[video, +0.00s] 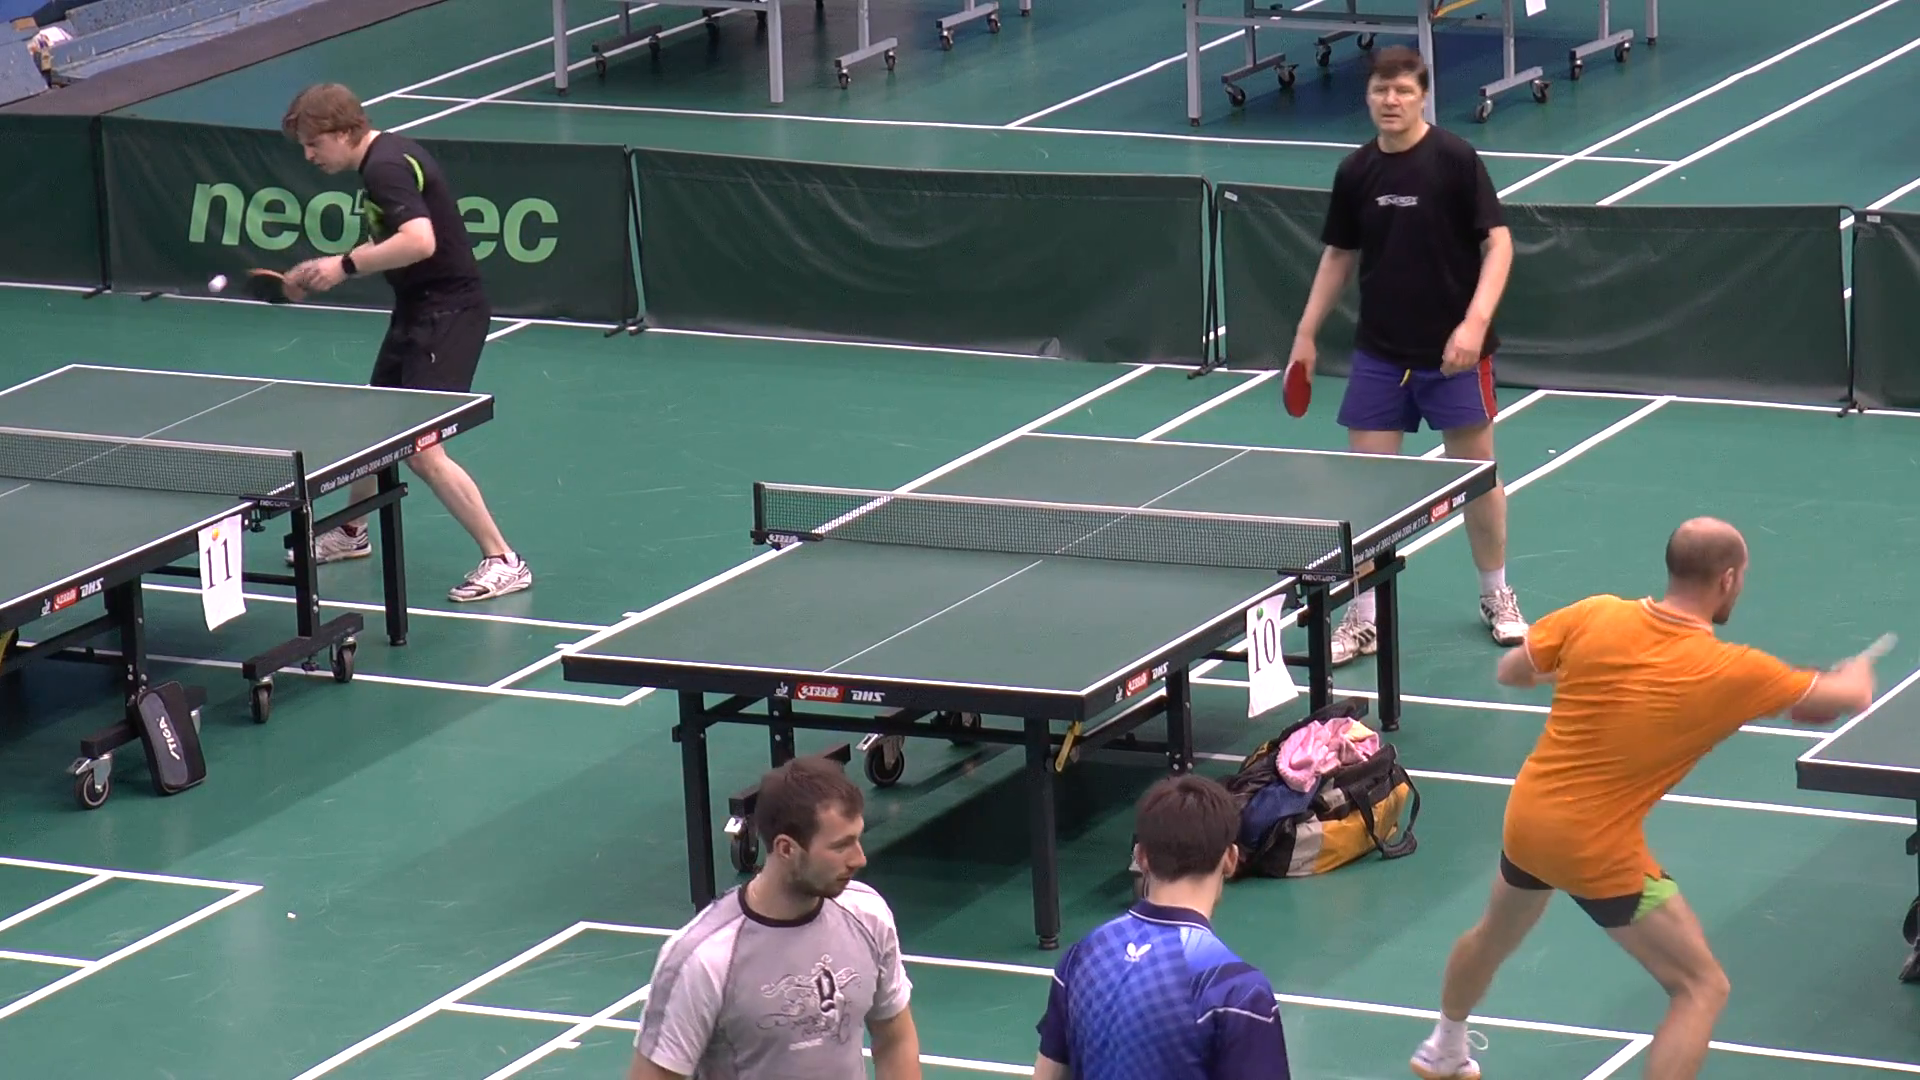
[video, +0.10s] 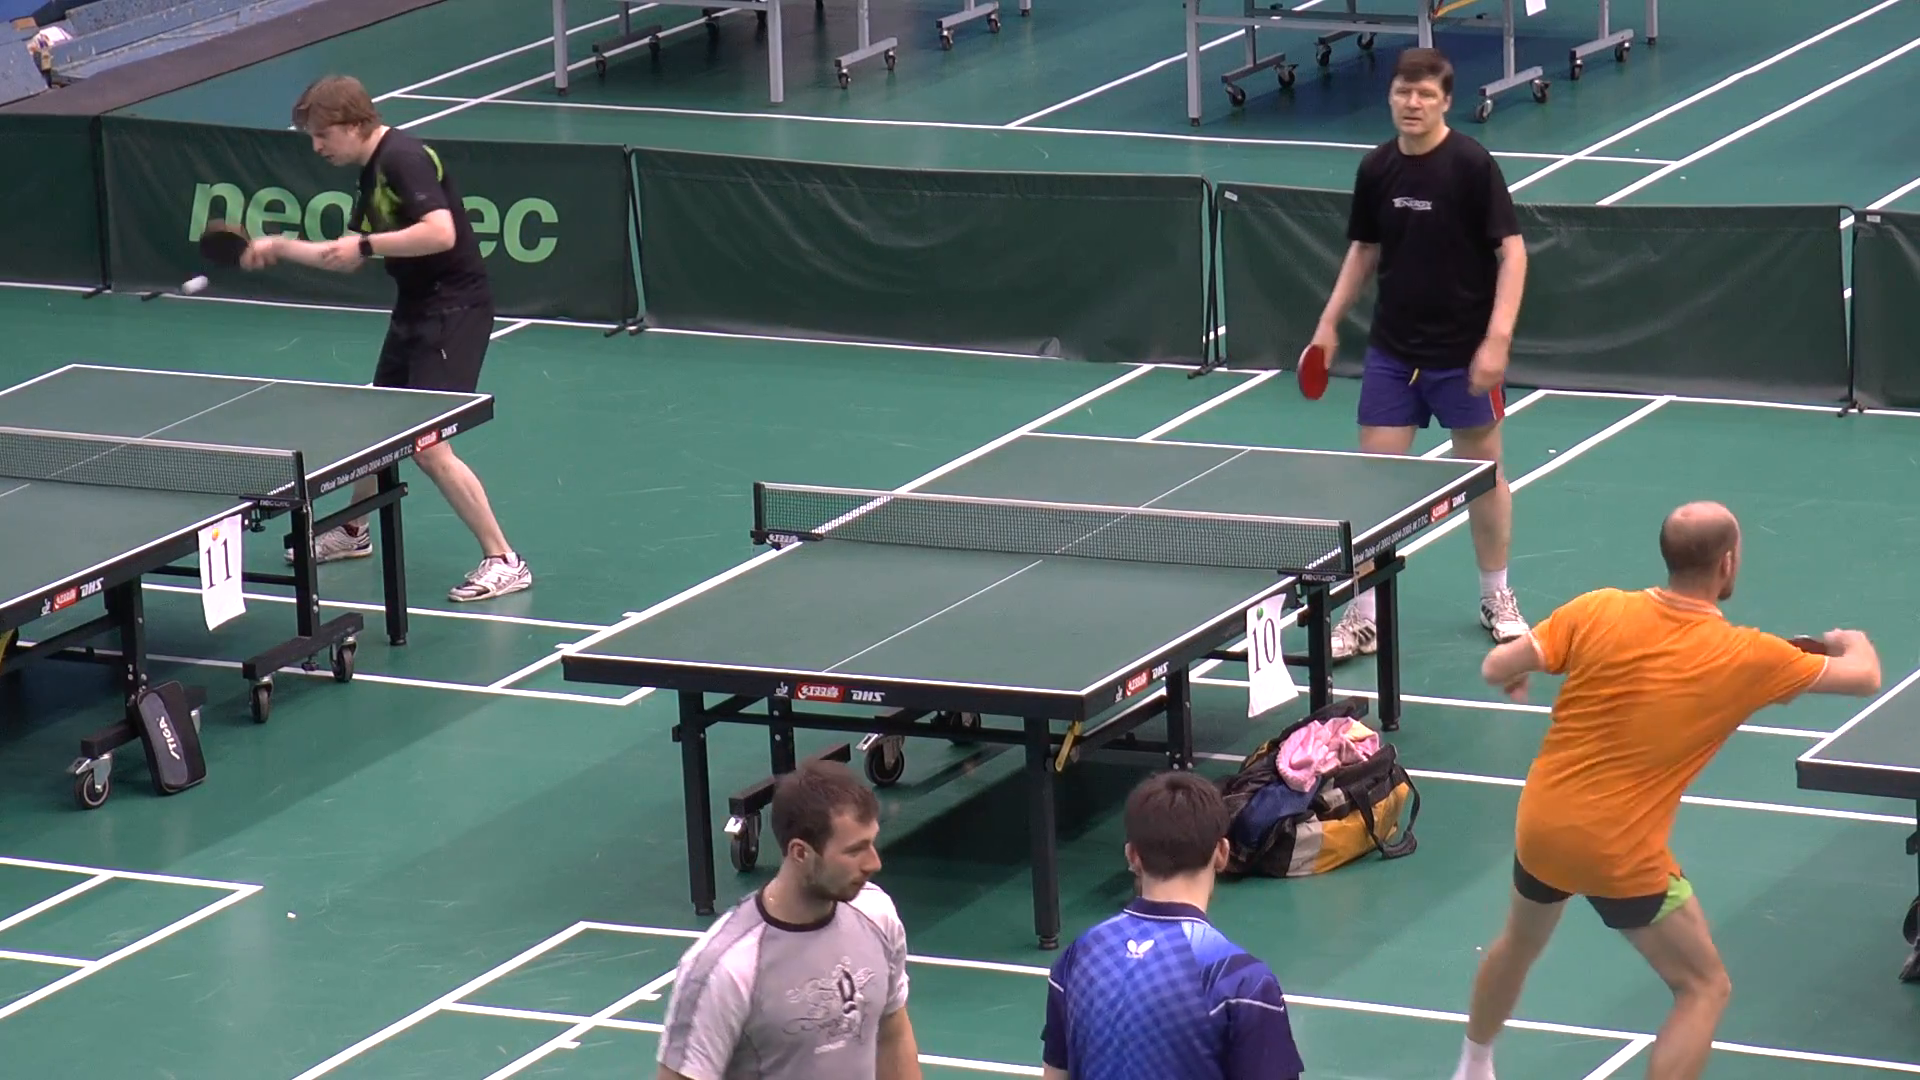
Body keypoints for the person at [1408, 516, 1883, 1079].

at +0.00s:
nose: (1742, 583)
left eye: (1744, 571)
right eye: (1742, 572)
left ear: (1670, 566)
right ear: (1726, 580)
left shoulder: (1597, 615)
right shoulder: (1732, 668)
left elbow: (1511, 670)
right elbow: (1848, 696)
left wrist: (1576, 653)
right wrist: (1858, 667)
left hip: (1526, 818)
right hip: (1597, 847)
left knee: (1493, 931)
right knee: (1701, 988)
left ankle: (1443, 1046)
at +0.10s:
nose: (1738, 559)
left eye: (1734, 549)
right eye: (1737, 551)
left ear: (1666, 557)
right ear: (1727, 563)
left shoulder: (1598, 610)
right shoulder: (1747, 652)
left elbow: (1496, 664)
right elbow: (1864, 675)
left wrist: (1510, 674)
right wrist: (1854, 638)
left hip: (1539, 827)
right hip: (1619, 853)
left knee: (1516, 941)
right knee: (1703, 987)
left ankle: (1472, 1066)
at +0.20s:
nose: (1731, 545)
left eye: (1726, 535)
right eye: (1729, 537)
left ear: (1658, 548)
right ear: (1719, 551)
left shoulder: (1593, 604)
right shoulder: (1738, 643)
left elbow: (1495, 680)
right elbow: (1845, 706)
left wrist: (1484, 721)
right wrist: (1821, 674)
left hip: (1547, 826)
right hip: (1630, 844)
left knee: (1532, 953)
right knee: (1731, 981)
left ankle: (1487, 1072)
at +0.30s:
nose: (1718, 560)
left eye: (1713, 549)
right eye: (1716, 552)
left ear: (1644, 564)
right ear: (1706, 567)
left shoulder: (1585, 629)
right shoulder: (1727, 656)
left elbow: (1500, 729)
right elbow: (1821, 755)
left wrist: (1491, 776)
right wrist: (1768, 741)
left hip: (1563, 851)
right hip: (1650, 865)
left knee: (1532, 974)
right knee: (1743, 1009)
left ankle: (1492, 1073)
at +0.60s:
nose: (1735, 588)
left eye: (1733, 578)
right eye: (1733, 581)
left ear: (1663, 593)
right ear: (1722, 596)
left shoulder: (1602, 657)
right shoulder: (1743, 687)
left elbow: (1542, 765)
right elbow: (1823, 805)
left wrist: (1578, 809)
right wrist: (1802, 805)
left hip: (1580, 881)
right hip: (1671, 892)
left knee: (1534, 974)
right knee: (1786, 1017)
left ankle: (1475, 1074)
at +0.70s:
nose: (1763, 603)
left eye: (1760, 593)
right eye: (1761, 595)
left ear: (1692, 604)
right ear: (1751, 610)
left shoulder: (1626, 666)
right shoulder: (1758, 707)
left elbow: (1584, 772)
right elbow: (1824, 834)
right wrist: (1819, 836)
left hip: (1580, 883)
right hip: (1662, 899)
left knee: (1533, 982)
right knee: (1788, 1025)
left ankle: (1466, 1074)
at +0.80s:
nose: (1783, 622)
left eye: (1780, 612)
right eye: (1781, 614)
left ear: (1709, 625)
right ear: (1772, 631)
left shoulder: (1651, 678)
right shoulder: (1771, 736)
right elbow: (1829, 861)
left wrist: (1761, 806)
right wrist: (1797, 863)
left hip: (1589, 894)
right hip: (1671, 914)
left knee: (1548, 990)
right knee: (1810, 1030)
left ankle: (1476, 1075)